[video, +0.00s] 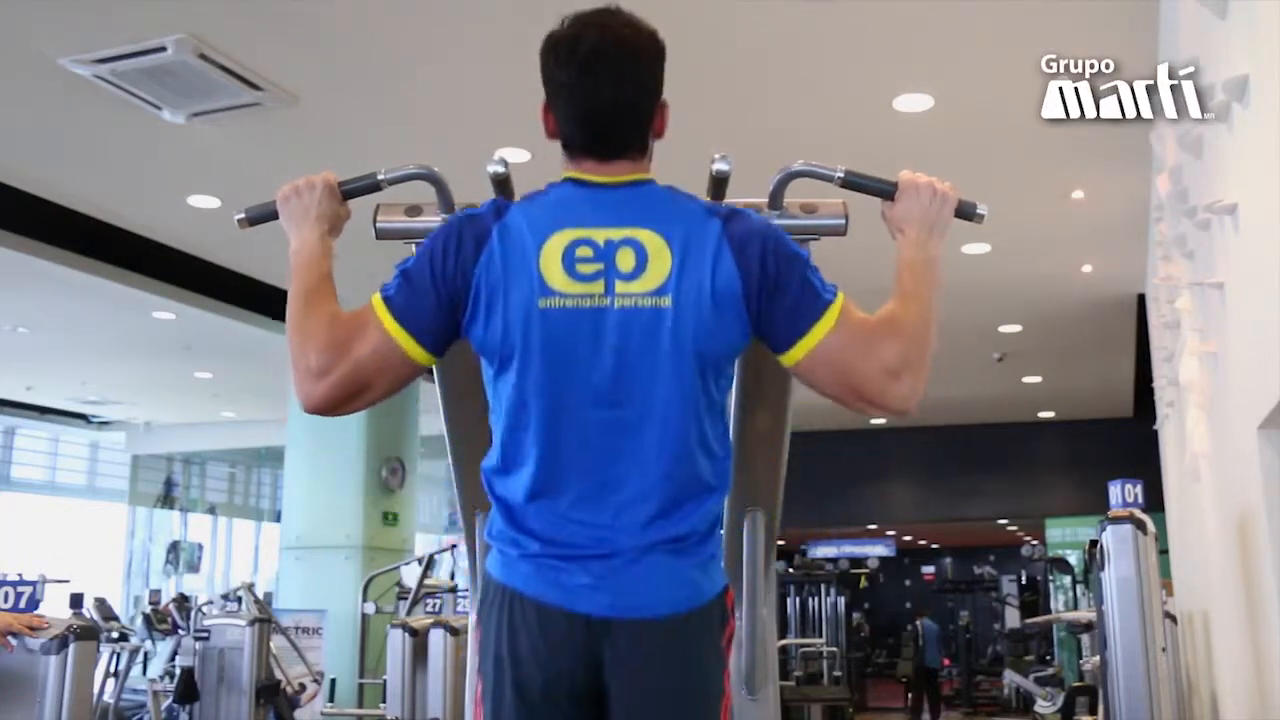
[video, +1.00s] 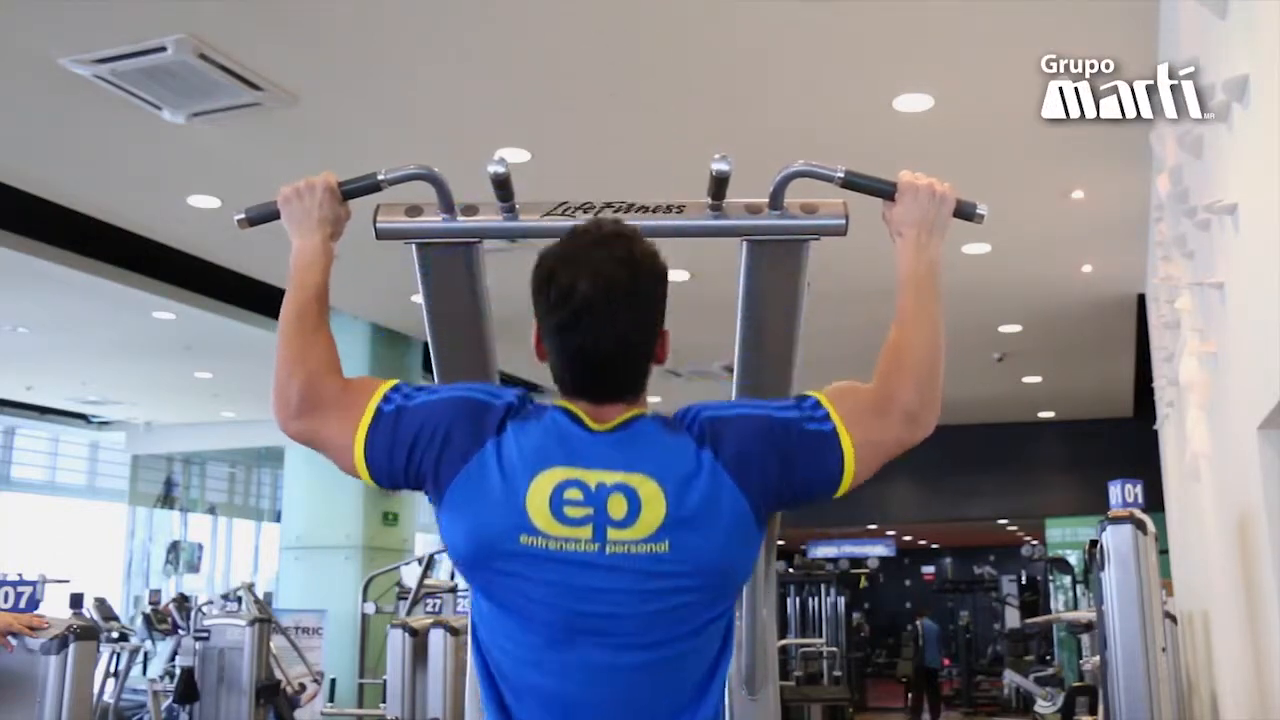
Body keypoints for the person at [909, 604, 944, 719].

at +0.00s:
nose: (916, 618)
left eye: (916, 616)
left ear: (917, 615)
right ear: (928, 614)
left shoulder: (917, 625)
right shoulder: (935, 627)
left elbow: (917, 644)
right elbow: (938, 645)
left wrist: (914, 659)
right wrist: (939, 659)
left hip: (921, 664)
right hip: (934, 664)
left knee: (918, 692)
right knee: (933, 691)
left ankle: (916, 715)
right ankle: (935, 715)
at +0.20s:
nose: (916, 618)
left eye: (916, 616)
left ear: (917, 615)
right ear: (928, 614)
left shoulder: (917, 625)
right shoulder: (935, 627)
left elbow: (917, 644)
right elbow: (938, 645)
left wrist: (914, 659)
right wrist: (939, 659)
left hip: (921, 664)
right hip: (934, 664)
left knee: (918, 692)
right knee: (933, 691)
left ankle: (916, 715)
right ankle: (935, 715)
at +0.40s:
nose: (916, 618)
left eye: (916, 616)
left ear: (917, 615)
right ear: (928, 614)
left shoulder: (917, 625)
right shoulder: (935, 627)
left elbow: (917, 644)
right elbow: (938, 645)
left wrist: (914, 659)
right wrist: (939, 659)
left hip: (921, 664)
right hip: (934, 664)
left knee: (918, 692)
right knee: (933, 691)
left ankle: (916, 715)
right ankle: (935, 715)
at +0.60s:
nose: (916, 618)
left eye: (916, 616)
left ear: (917, 615)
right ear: (928, 614)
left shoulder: (917, 625)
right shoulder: (935, 627)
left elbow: (917, 644)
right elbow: (938, 645)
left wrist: (914, 659)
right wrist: (939, 659)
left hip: (921, 664)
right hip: (934, 664)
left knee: (918, 692)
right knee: (933, 691)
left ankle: (916, 715)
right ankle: (935, 715)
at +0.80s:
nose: (916, 618)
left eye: (916, 616)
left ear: (917, 615)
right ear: (928, 614)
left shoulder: (917, 625)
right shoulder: (935, 627)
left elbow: (917, 644)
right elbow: (938, 645)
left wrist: (914, 659)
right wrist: (939, 659)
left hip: (921, 664)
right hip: (934, 664)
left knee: (918, 692)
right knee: (933, 691)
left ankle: (916, 715)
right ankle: (935, 715)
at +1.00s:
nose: (916, 618)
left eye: (916, 616)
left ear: (917, 615)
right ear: (928, 614)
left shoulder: (917, 625)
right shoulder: (935, 627)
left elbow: (917, 644)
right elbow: (938, 645)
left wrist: (914, 659)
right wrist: (939, 659)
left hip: (921, 664)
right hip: (934, 664)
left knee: (918, 692)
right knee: (933, 691)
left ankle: (916, 715)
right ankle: (935, 715)